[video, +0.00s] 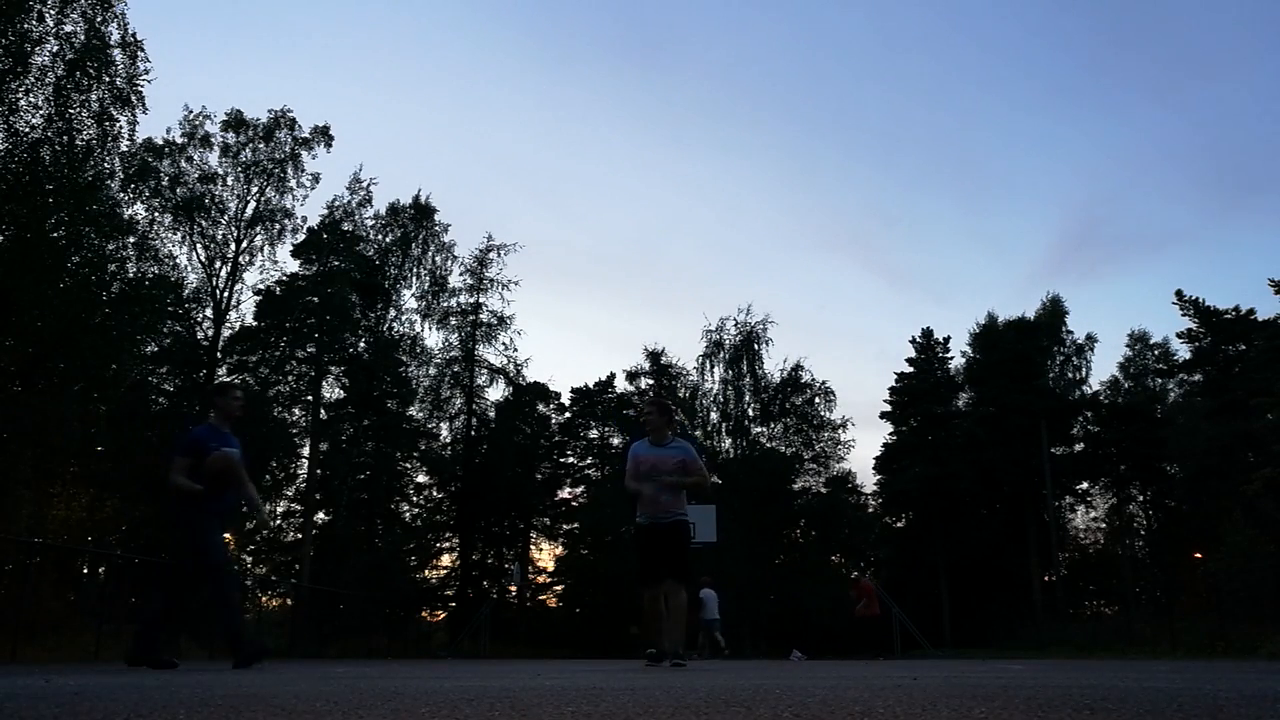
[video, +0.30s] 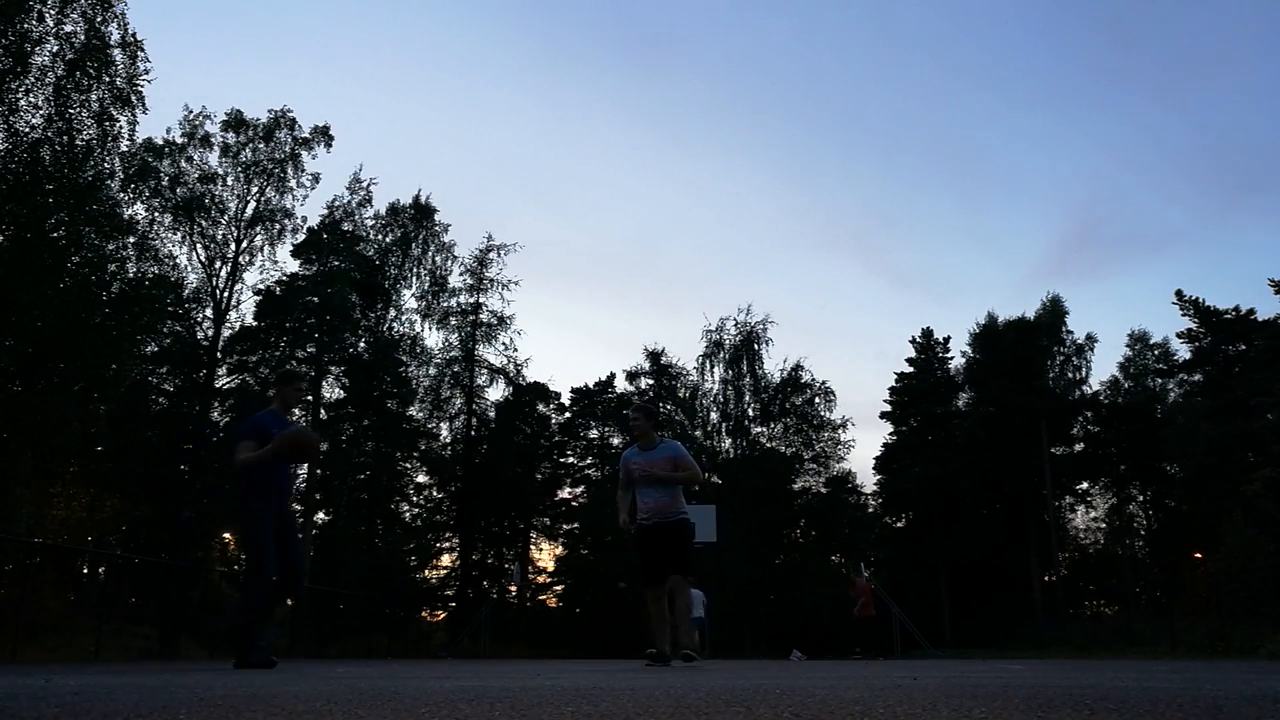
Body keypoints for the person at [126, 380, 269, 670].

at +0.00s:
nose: (239, 405)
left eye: (240, 401)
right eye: (234, 400)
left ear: (235, 406)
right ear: (219, 402)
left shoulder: (232, 441)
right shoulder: (198, 435)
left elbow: (242, 479)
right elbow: (176, 476)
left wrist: (259, 509)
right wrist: (199, 489)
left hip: (215, 521)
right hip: (194, 521)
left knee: (181, 583)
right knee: (224, 581)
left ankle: (148, 648)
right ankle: (240, 651)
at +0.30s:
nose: (302, 396)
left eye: (303, 392)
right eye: (298, 391)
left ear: (294, 394)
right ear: (282, 390)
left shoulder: (288, 426)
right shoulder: (260, 421)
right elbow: (242, 458)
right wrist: (279, 448)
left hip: (279, 509)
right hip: (258, 509)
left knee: (288, 574)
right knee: (261, 575)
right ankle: (247, 650)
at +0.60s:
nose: (372, 414)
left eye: (376, 409)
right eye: (370, 407)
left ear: (373, 411)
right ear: (357, 401)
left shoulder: (353, 438)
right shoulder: (328, 426)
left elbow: (339, 478)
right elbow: (314, 469)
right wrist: (350, 498)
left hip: (335, 513)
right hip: (313, 511)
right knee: (289, 579)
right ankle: (254, 649)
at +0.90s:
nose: (441, 410)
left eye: (445, 406)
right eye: (439, 403)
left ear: (444, 407)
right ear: (426, 396)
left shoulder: (427, 434)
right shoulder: (396, 423)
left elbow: (434, 470)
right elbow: (381, 463)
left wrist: (448, 495)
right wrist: (415, 483)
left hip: (402, 509)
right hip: (381, 508)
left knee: (401, 576)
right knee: (390, 575)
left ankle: (390, 649)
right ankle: (378, 651)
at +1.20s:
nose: (505, 421)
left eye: (510, 416)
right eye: (501, 414)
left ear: (516, 420)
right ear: (490, 412)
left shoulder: (511, 447)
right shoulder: (467, 442)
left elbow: (532, 481)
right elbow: (463, 481)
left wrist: (552, 514)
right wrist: (495, 466)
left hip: (483, 520)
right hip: (457, 518)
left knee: (447, 586)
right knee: (490, 578)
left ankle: (394, 639)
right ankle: (519, 651)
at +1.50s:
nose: (590, 438)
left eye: (595, 432)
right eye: (585, 432)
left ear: (599, 433)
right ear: (573, 430)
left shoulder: (591, 457)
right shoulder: (552, 455)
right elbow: (541, 507)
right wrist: (580, 523)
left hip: (557, 525)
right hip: (531, 525)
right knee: (561, 582)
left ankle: (593, 645)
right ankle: (531, 651)